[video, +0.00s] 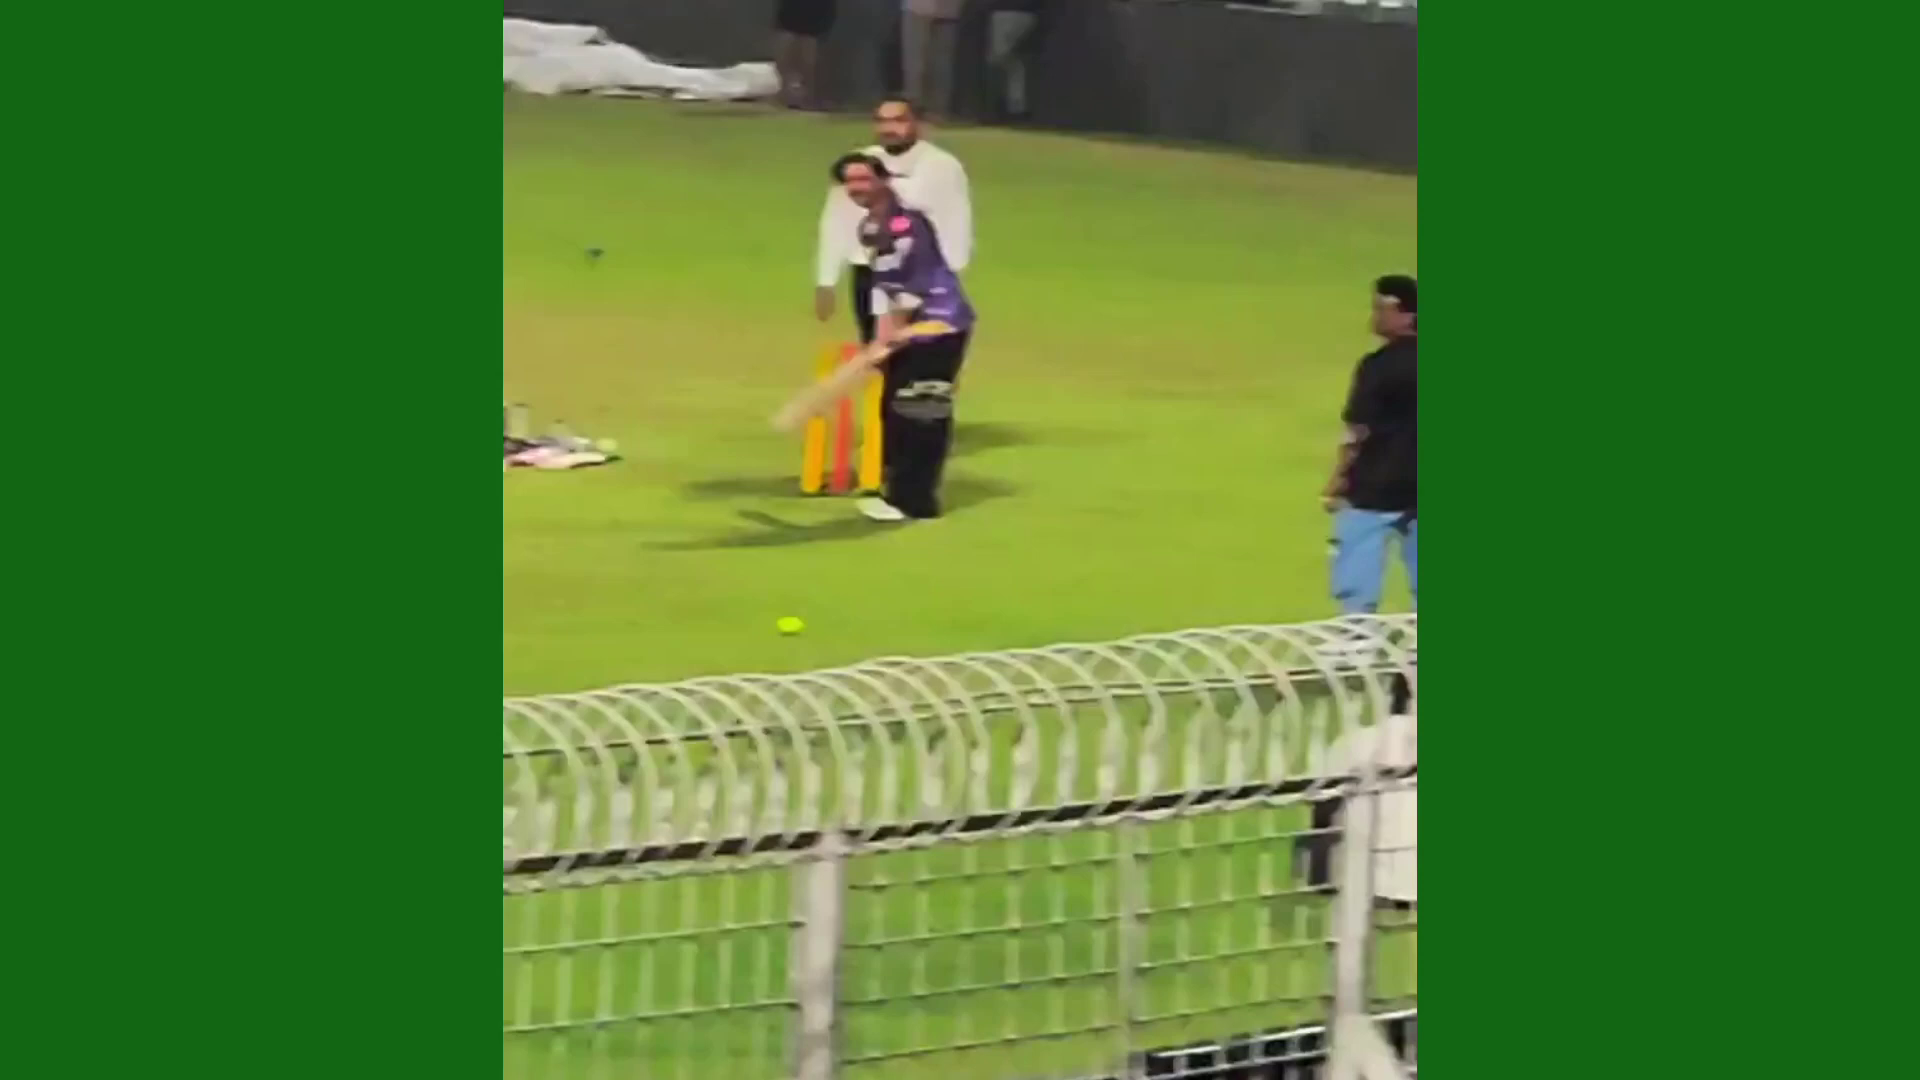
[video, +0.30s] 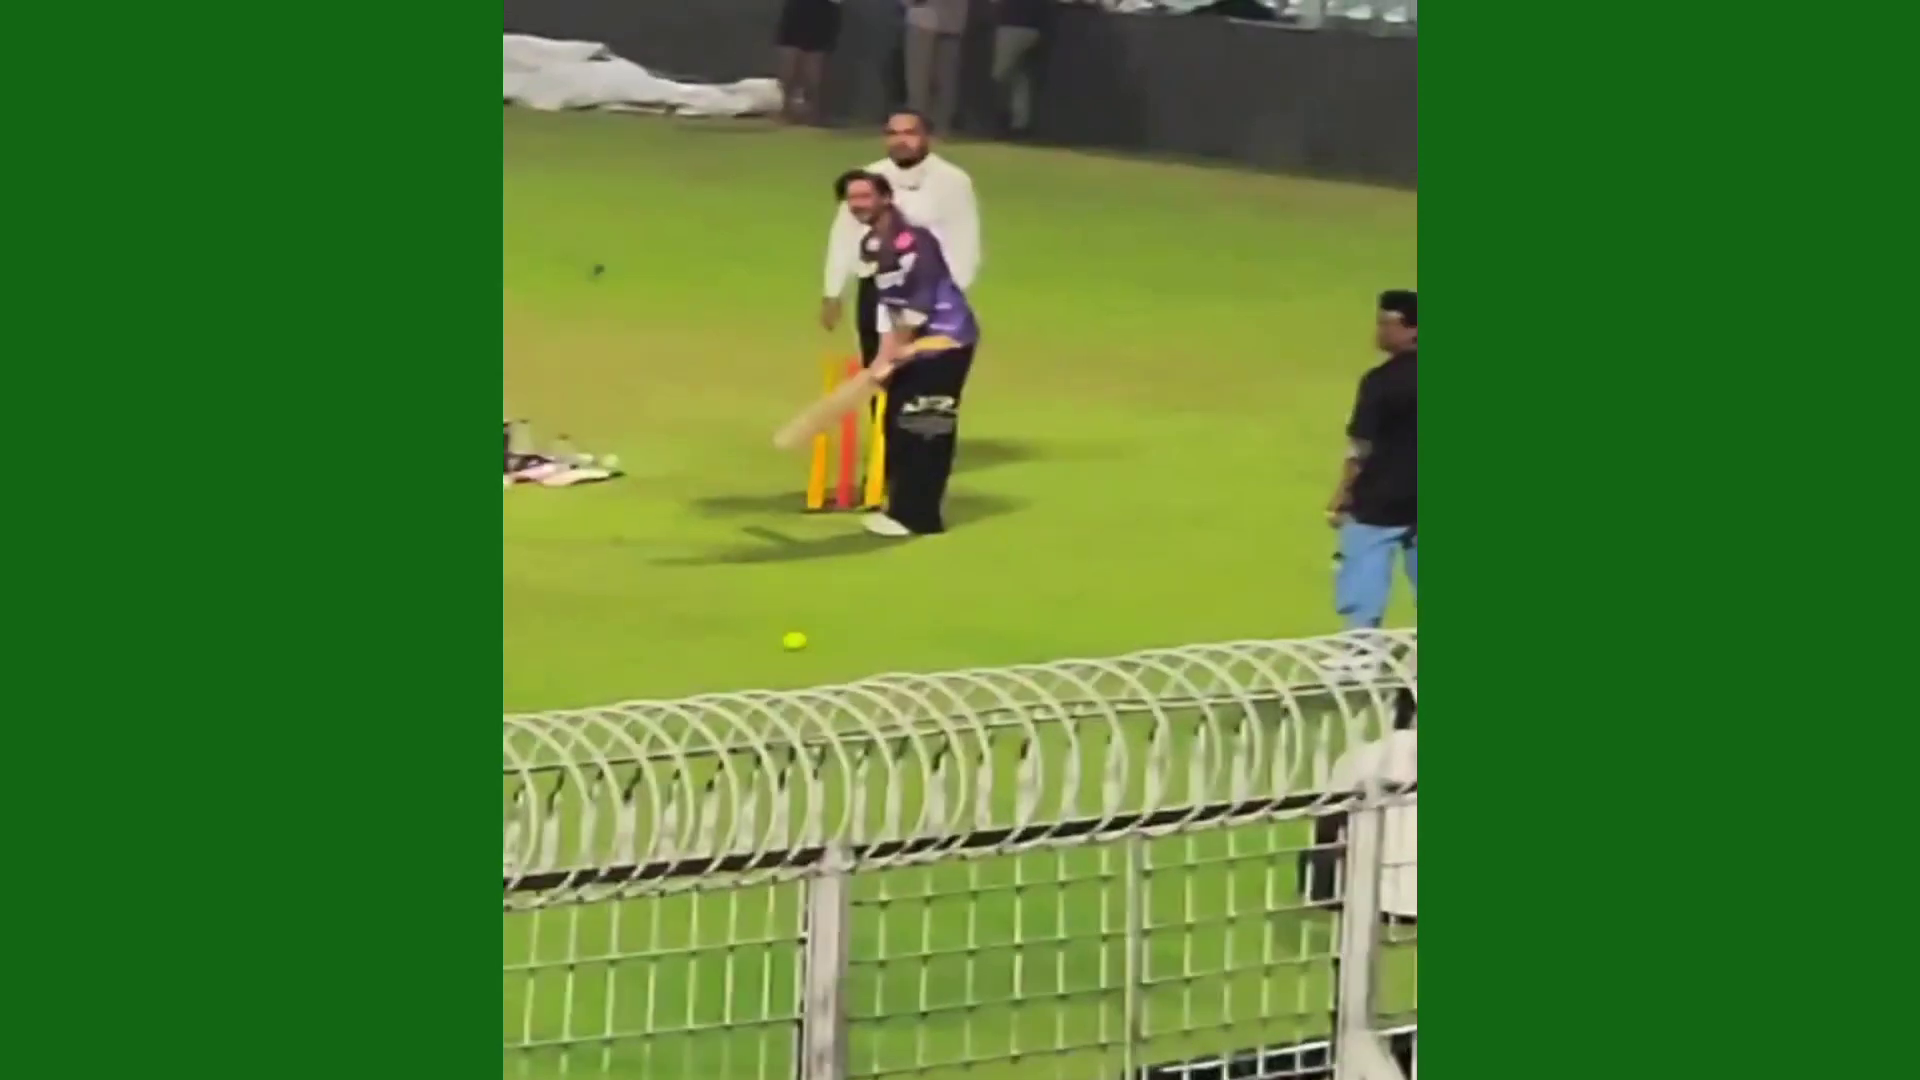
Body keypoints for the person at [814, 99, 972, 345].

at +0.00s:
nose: (889, 129)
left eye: (899, 121)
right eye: (882, 121)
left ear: (914, 124)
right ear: (875, 125)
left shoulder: (944, 166)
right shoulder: (860, 165)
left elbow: (956, 218)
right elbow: (835, 223)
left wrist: (953, 266)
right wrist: (826, 281)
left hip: (924, 270)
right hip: (869, 271)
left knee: (922, 356)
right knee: (878, 354)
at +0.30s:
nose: (900, 141)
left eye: (909, 133)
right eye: (892, 134)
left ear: (925, 137)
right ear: (885, 138)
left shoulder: (954, 181)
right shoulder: (869, 178)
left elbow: (966, 240)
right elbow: (844, 233)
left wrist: (952, 289)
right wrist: (832, 291)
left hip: (931, 284)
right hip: (876, 283)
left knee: (926, 373)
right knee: (879, 372)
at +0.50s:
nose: (849, 219)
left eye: (857, 210)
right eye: (844, 212)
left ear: (877, 212)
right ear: (839, 218)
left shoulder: (906, 255)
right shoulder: (865, 259)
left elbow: (910, 325)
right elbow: (883, 322)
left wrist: (881, 367)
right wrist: (875, 369)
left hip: (938, 353)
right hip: (908, 354)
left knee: (919, 437)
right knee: (896, 435)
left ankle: (910, 526)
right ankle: (896, 521)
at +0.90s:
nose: (828, 245)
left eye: (834, 236)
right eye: (822, 238)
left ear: (853, 237)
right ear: (817, 242)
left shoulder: (880, 279)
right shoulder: (842, 286)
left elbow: (890, 339)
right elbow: (853, 340)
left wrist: (860, 377)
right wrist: (851, 377)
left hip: (910, 379)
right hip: (882, 380)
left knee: (873, 465)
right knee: (873, 463)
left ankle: (862, 548)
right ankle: (910, 535)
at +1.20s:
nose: (830, 266)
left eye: (836, 257)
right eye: (824, 260)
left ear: (857, 252)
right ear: (821, 263)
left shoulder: (883, 290)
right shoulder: (855, 293)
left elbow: (882, 352)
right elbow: (869, 345)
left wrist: (857, 380)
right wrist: (856, 378)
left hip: (916, 391)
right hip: (897, 389)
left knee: (874, 471)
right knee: (894, 471)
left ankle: (850, 562)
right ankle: (921, 556)